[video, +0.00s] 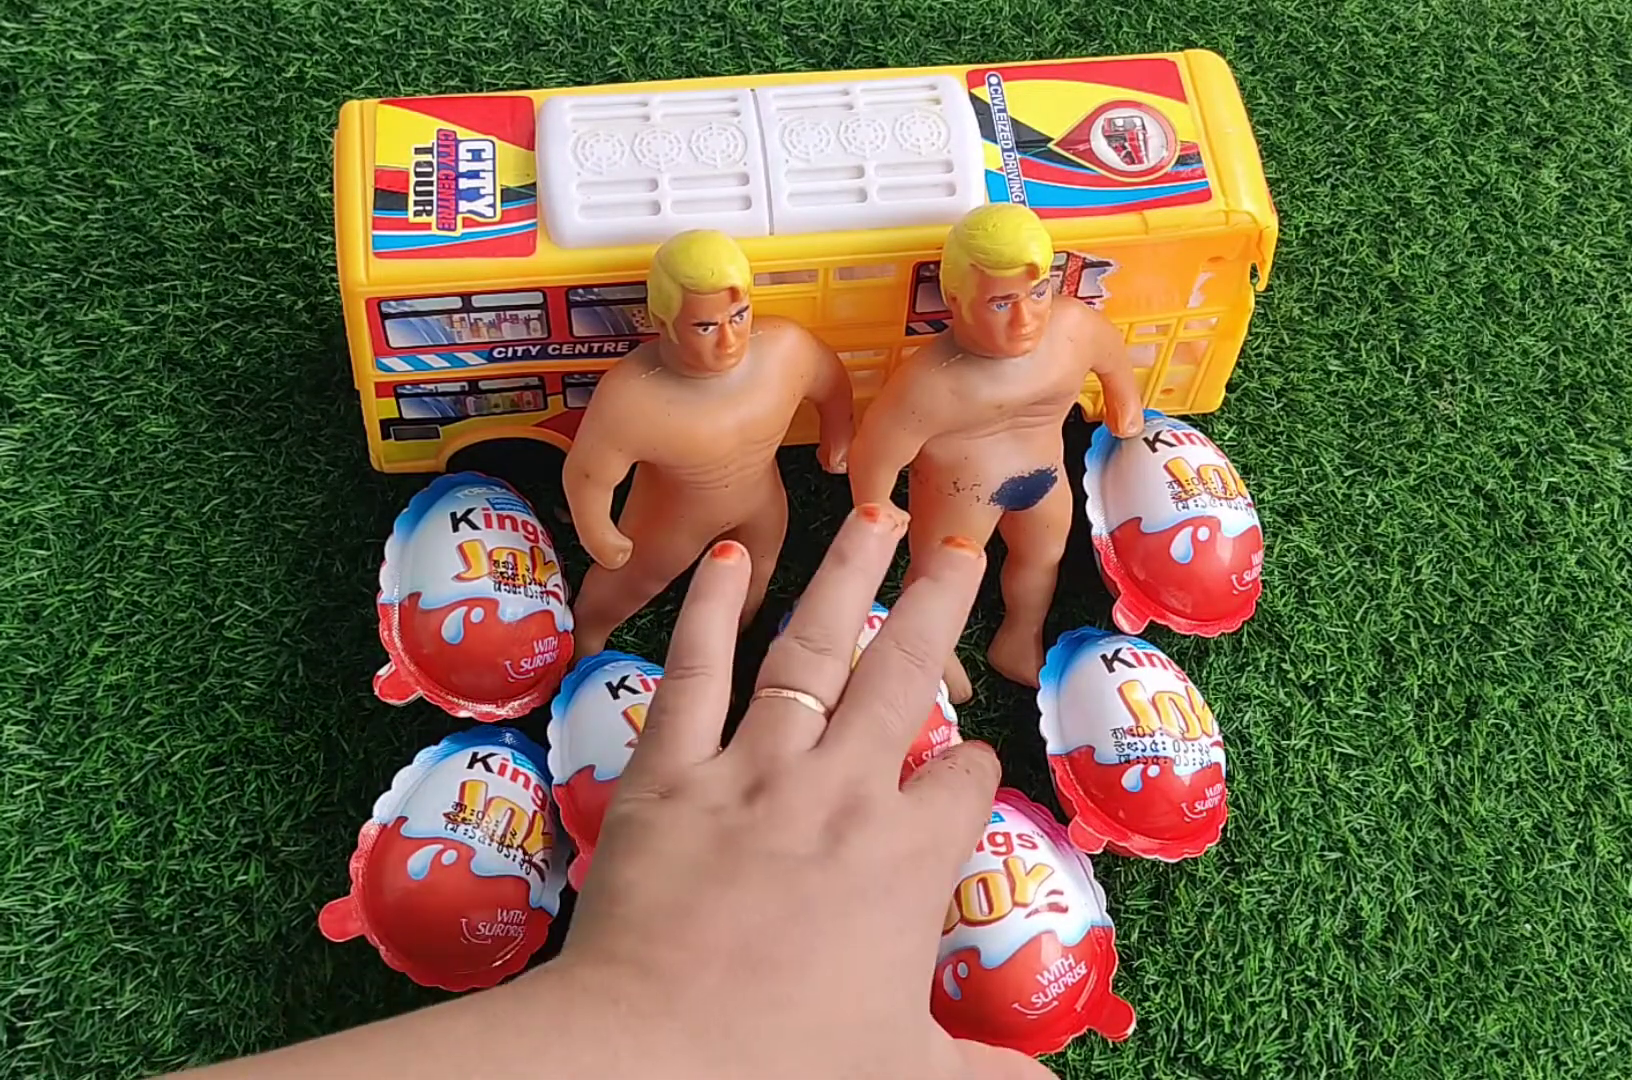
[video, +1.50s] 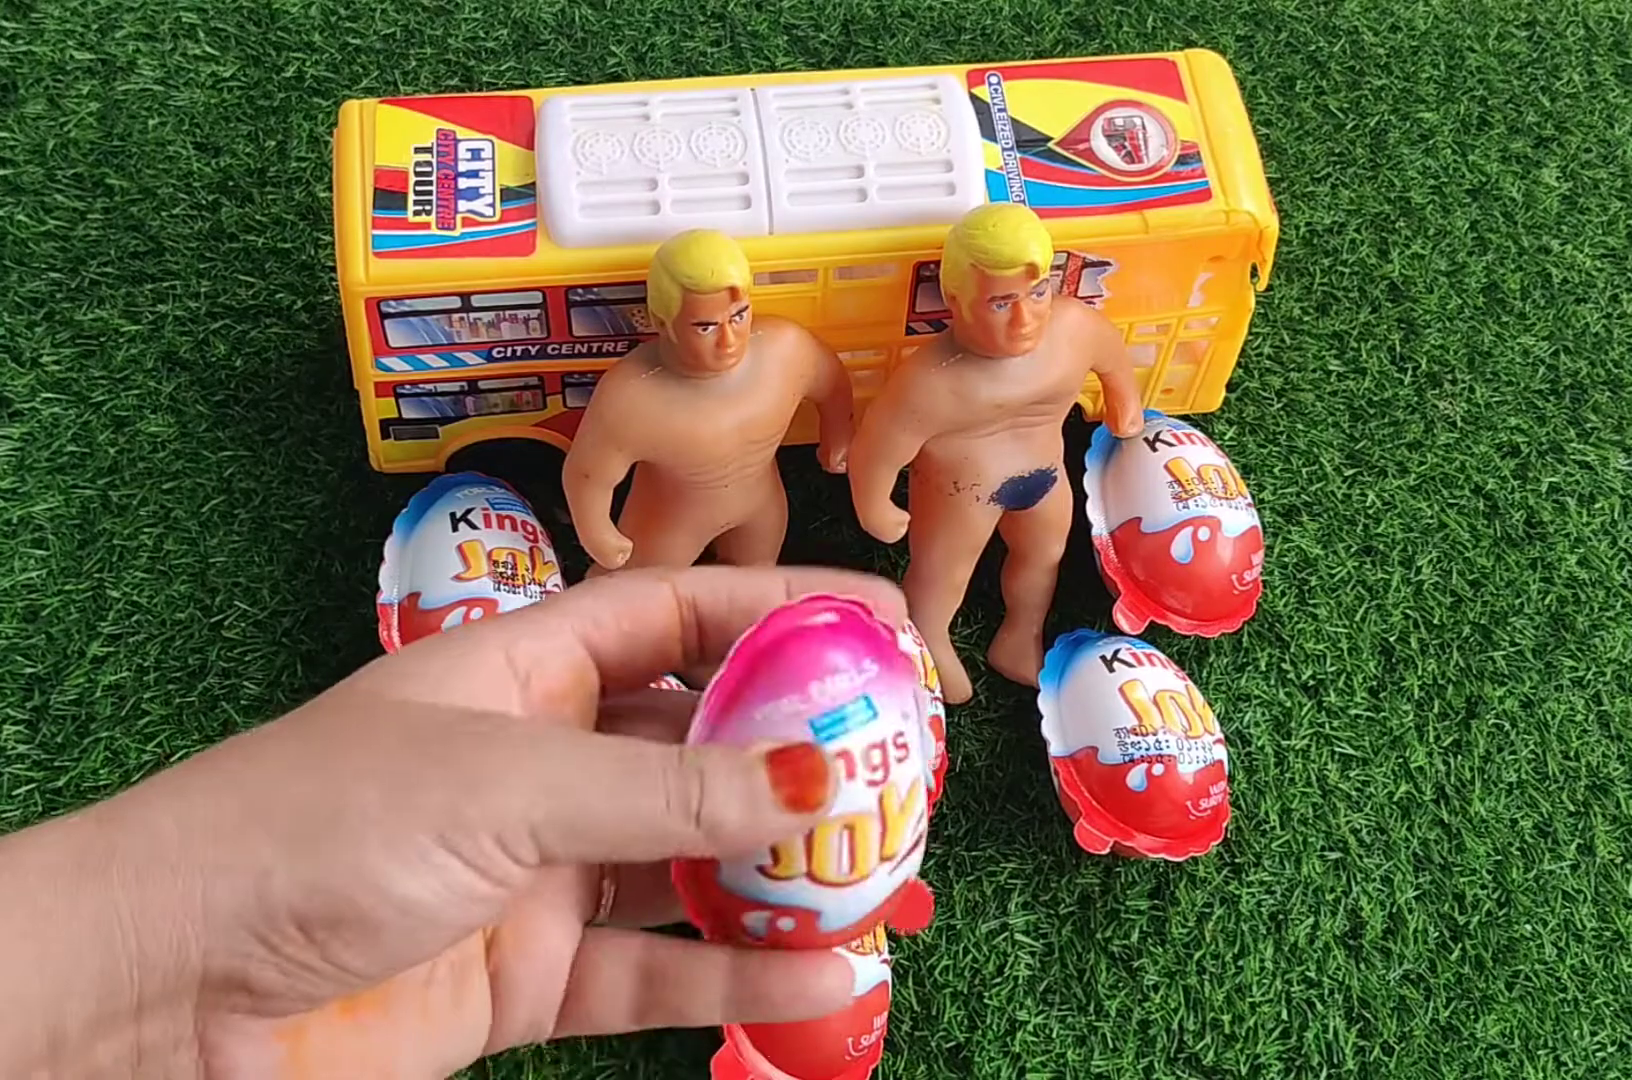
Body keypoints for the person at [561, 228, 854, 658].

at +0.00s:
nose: (729, 338)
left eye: (739, 316)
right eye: (705, 326)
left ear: (750, 303)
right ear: (663, 325)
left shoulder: (789, 350)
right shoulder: (630, 395)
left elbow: (835, 390)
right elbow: (587, 476)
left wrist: (837, 442)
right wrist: (603, 542)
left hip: (761, 503)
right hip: (671, 518)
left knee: (752, 589)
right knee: (627, 590)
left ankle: (730, 643)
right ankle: (587, 637)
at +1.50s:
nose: (729, 339)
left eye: (738, 316)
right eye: (705, 326)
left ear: (750, 303)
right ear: (662, 325)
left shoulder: (787, 350)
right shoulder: (628, 398)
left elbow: (833, 386)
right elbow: (586, 478)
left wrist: (836, 442)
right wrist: (601, 542)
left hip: (758, 502)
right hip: (670, 515)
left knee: (756, 587)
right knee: (637, 597)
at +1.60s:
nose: (728, 339)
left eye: (739, 315)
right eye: (704, 327)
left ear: (749, 300)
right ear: (664, 324)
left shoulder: (786, 350)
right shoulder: (626, 398)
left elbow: (833, 388)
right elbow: (582, 485)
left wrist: (835, 443)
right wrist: (611, 557)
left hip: (760, 524)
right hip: (675, 547)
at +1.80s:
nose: (728, 338)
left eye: (737, 316)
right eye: (705, 325)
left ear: (749, 302)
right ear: (664, 321)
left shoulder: (788, 350)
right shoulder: (628, 395)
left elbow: (834, 389)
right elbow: (584, 479)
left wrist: (836, 448)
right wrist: (604, 543)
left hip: (757, 512)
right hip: (668, 529)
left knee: (751, 622)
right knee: (690, 641)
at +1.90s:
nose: (728, 339)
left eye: (739, 316)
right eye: (705, 326)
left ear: (750, 302)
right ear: (664, 322)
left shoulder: (789, 350)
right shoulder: (628, 397)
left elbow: (833, 387)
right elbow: (586, 477)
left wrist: (837, 441)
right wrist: (597, 536)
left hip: (758, 501)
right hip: (670, 515)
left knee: (750, 580)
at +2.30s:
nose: (727, 339)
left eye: (738, 316)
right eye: (704, 325)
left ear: (750, 300)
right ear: (661, 321)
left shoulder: (786, 349)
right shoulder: (627, 394)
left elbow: (832, 387)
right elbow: (584, 477)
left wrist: (835, 440)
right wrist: (600, 543)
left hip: (766, 528)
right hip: (659, 545)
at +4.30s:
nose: (728, 340)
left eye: (738, 316)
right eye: (704, 326)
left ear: (749, 301)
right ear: (660, 321)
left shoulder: (786, 349)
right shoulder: (628, 395)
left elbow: (832, 385)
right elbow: (585, 479)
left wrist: (837, 441)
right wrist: (601, 553)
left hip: (766, 529)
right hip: (667, 546)